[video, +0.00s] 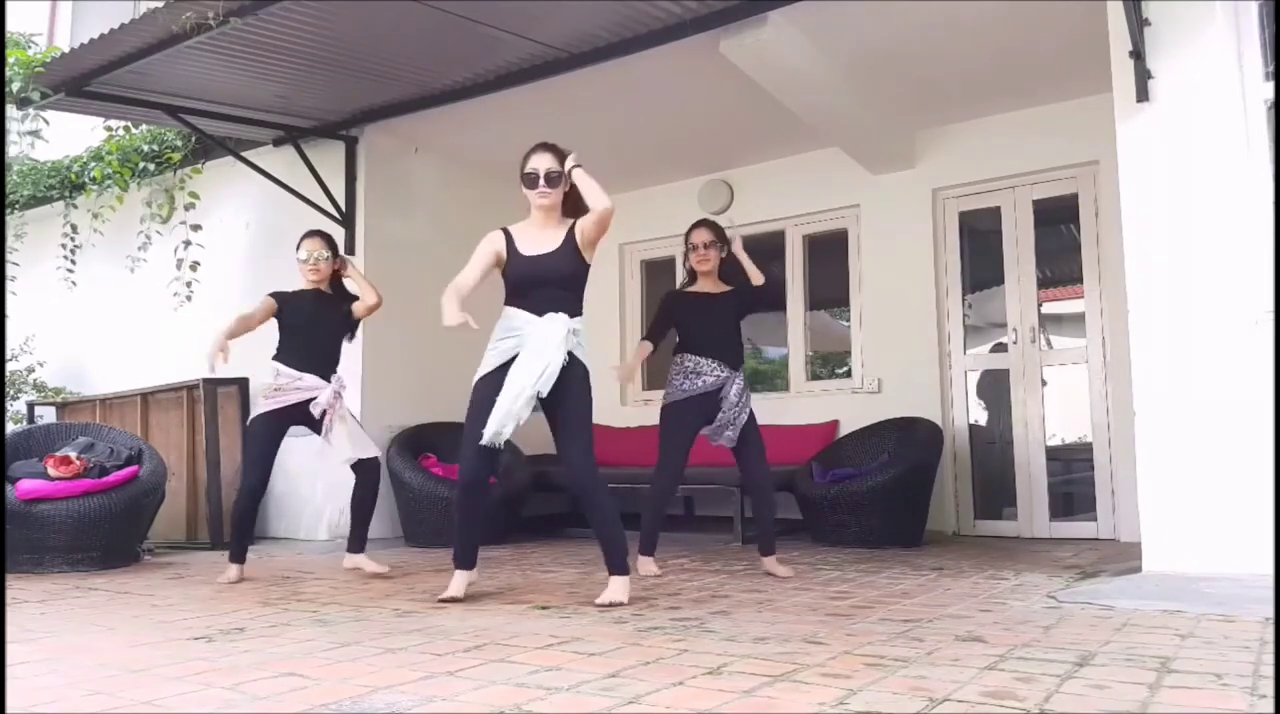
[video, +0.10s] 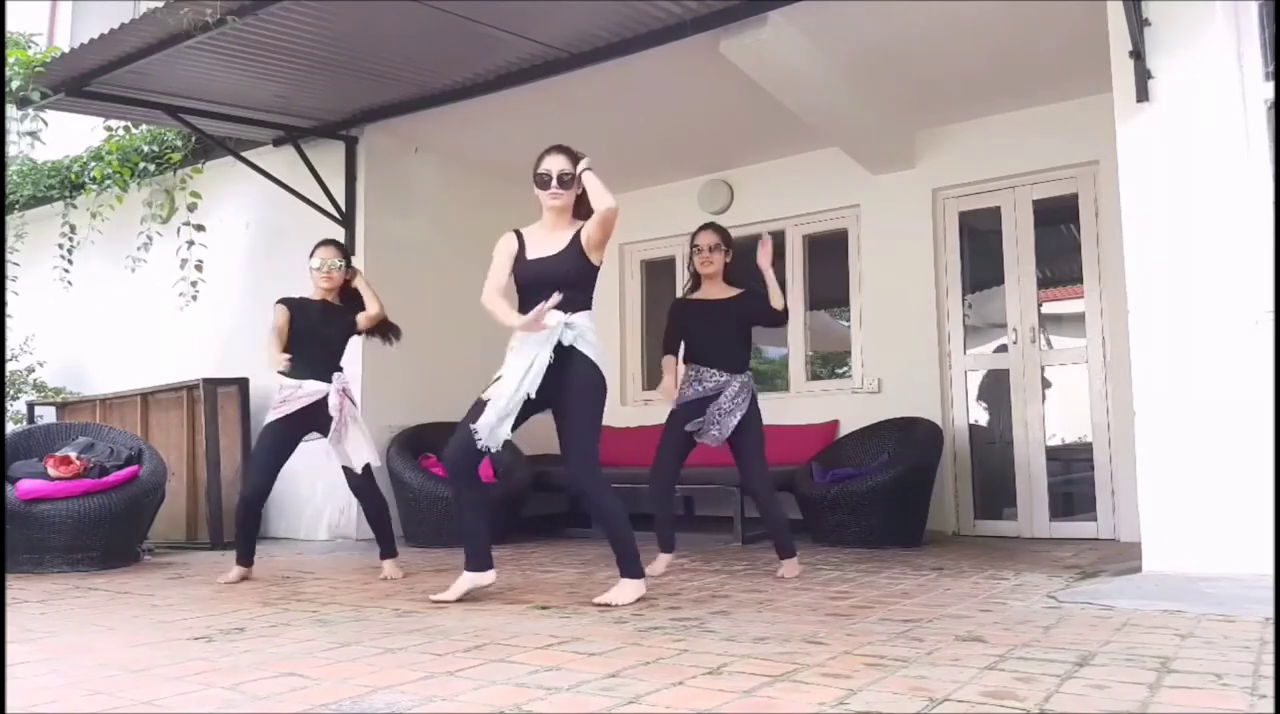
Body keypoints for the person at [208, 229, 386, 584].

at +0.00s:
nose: (311, 264)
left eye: (319, 257)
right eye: (304, 258)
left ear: (334, 265)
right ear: (297, 263)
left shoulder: (345, 306)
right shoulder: (283, 300)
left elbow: (373, 301)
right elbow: (252, 319)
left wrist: (350, 270)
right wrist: (224, 336)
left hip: (324, 399)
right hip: (280, 396)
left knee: (370, 467)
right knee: (253, 481)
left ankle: (356, 553)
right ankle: (236, 564)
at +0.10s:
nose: (326, 270)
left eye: (334, 265)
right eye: (319, 263)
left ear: (345, 275)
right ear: (309, 269)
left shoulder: (347, 316)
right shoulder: (289, 306)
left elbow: (376, 313)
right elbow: (276, 338)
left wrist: (358, 280)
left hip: (334, 403)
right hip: (292, 401)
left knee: (363, 483)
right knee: (254, 486)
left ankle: (389, 558)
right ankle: (243, 564)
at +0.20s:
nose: (337, 272)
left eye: (345, 266)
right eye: (330, 266)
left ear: (357, 275)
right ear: (321, 271)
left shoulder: (360, 317)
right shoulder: (301, 303)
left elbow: (384, 308)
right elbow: (298, 320)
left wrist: (372, 279)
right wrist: (312, 324)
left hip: (347, 407)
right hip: (306, 407)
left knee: (366, 488)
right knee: (258, 491)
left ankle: (395, 560)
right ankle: (244, 562)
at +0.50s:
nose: (344, 270)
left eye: (352, 264)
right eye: (337, 265)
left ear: (363, 272)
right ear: (328, 270)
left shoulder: (370, 313)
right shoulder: (311, 306)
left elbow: (393, 307)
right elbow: (297, 326)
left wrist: (381, 278)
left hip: (351, 407)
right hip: (312, 406)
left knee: (362, 489)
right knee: (249, 473)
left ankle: (396, 559)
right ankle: (281, 559)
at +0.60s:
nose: (331, 273)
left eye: (339, 266)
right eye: (323, 267)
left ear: (351, 273)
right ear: (314, 275)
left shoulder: (367, 311)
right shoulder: (306, 318)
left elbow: (393, 332)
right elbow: (270, 356)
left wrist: (381, 296)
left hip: (343, 410)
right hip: (302, 406)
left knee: (354, 494)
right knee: (254, 482)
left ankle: (394, 559)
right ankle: (256, 559)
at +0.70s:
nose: (317, 267)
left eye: (325, 261)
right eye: (310, 261)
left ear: (338, 268)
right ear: (301, 269)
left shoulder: (357, 311)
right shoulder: (291, 315)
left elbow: (381, 361)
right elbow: (246, 358)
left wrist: (380, 316)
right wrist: (198, 379)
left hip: (333, 405)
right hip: (289, 401)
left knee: (352, 486)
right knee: (255, 487)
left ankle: (391, 555)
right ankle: (249, 564)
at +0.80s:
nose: (312, 255)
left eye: (320, 249)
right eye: (305, 250)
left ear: (333, 256)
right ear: (295, 257)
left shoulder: (350, 304)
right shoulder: (281, 301)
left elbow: (364, 361)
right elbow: (244, 351)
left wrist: (376, 368)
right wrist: (217, 398)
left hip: (332, 397)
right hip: (286, 396)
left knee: (354, 473)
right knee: (258, 483)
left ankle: (369, 550)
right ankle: (248, 563)